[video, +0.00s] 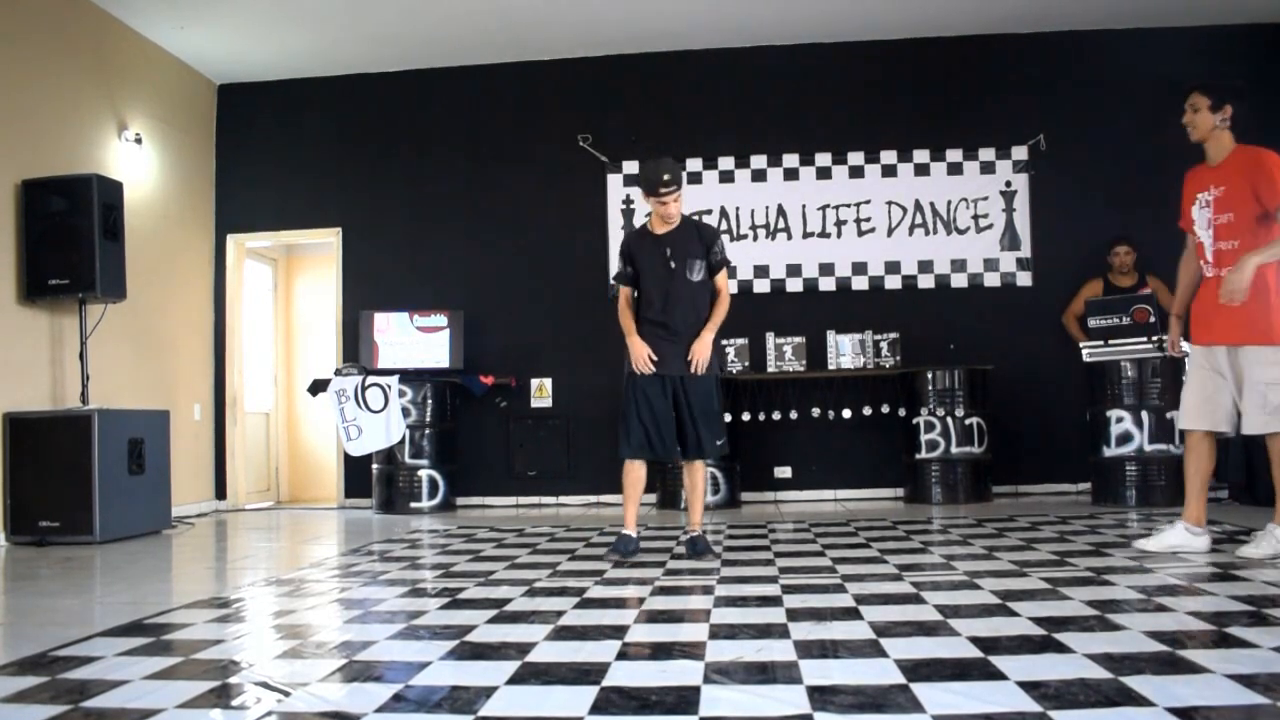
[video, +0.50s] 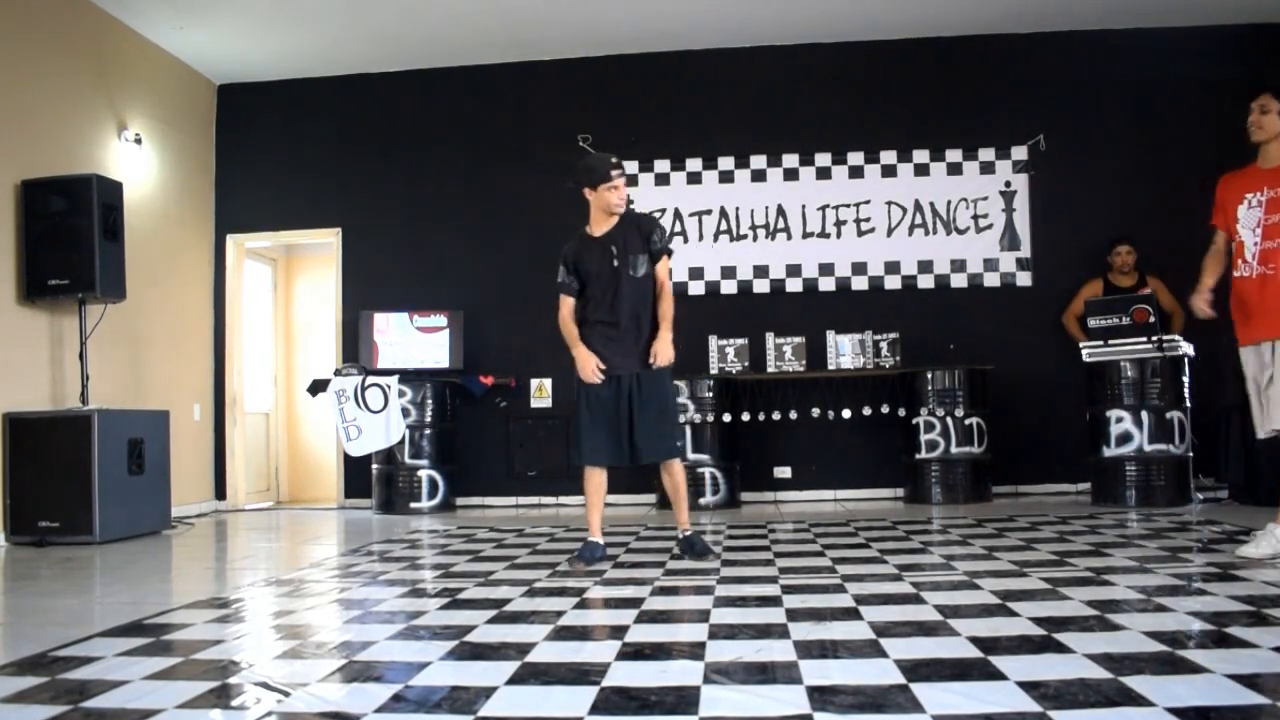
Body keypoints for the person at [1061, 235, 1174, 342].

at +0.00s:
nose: (1122, 260)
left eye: (1127, 254)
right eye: (1116, 255)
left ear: (1134, 256)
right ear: (1109, 259)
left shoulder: (1151, 283)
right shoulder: (1096, 287)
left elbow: (1176, 310)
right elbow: (1068, 317)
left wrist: (1173, 338)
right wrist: (1086, 344)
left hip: (1147, 354)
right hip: (1110, 356)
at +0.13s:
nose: (1122, 259)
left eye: (1127, 254)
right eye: (1117, 255)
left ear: (1134, 257)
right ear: (1109, 260)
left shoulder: (1149, 283)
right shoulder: (1096, 287)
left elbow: (1177, 313)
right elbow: (1068, 318)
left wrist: (1169, 344)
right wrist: (1087, 346)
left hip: (1146, 360)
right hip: (1109, 362)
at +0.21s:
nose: (1123, 259)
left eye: (1127, 254)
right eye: (1117, 255)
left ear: (1134, 257)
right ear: (1109, 259)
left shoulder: (1149, 284)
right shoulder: (1096, 287)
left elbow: (1176, 313)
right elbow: (1068, 317)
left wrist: (1170, 343)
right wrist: (1087, 345)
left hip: (1147, 360)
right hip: (1110, 362)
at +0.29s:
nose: (1123, 259)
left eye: (1128, 254)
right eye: (1117, 255)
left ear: (1135, 257)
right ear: (1109, 259)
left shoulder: (1149, 284)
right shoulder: (1096, 287)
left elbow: (1176, 313)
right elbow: (1068, 317)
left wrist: (1170, 344)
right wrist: (1087, 347)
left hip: (1147, 360)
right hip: (1110, 362)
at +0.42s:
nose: (1123, 259)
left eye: (1128, 254)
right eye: (1117, 254)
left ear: (1135, 257)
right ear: (1109, 259)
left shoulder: (1150, 283)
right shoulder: (1095, 287)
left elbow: (1177, 314)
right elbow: (1068, 317)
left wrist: (1169, 343)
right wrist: (1087, 346)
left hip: (1148, 359)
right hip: (1110, 361)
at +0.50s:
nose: (1123, 259)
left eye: (1128, 253)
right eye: (1118, 254)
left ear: (1135, 257)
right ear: (1110, 259)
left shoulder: (1151, 284)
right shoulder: (1095, 287)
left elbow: (1176, 313)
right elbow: (1068, 317)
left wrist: (1169, 342)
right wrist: (1086, 345)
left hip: (1148, 359)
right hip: (1110, 361)